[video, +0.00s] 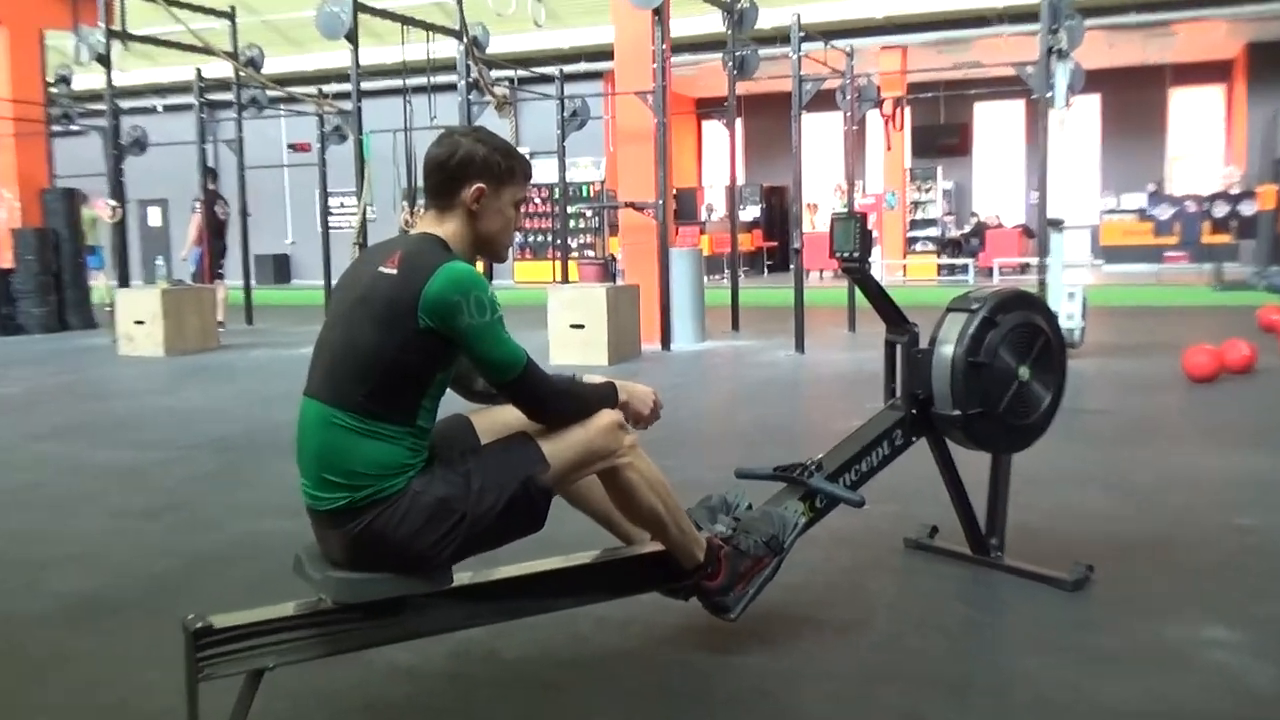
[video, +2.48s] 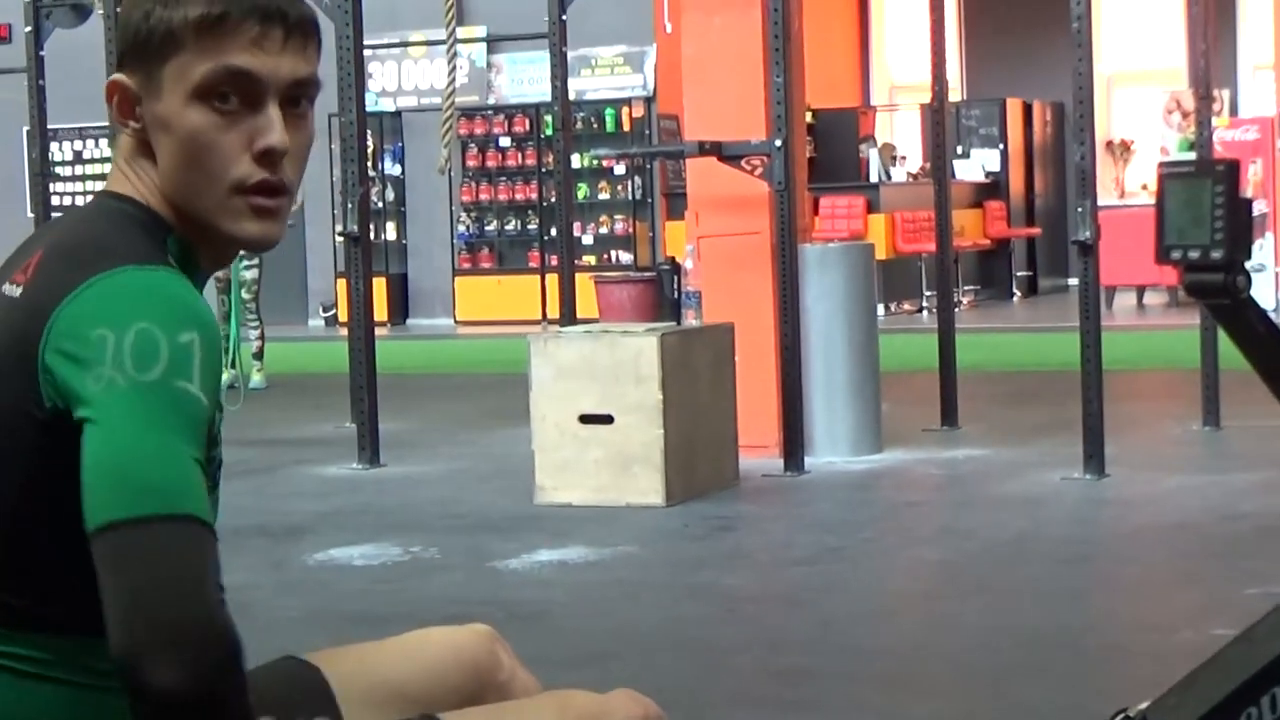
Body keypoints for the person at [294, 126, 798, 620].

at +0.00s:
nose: (523, 221)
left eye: (525, 205)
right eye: (518, 205)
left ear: (456, 198)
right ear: (475, 199)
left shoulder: (390, 258)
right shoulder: (452, 280)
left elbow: (475, 384)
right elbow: (545, 398)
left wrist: (592, 390)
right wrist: (618, 393)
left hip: (343, 497)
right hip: (384, 516)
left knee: (539, 415)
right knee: (609, 428)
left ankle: (652, 549)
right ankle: (705, 563)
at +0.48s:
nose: (431, 153)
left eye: (434, 129)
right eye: (425, 127)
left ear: (341, 121)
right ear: (359, 119)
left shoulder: (228, 225)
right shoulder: (335, 270)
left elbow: (375, 425)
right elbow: (459, 459)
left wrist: (550, 433)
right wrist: (583, 424)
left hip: (187, 598)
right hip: (249, 625)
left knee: (483, 469)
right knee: (571, 481)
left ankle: (671, 656)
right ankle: (739, 684)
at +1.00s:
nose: (333, 111)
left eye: (329, 75)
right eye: (316, 72)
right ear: (221, 69)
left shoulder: (40, 209)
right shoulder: (188, 294)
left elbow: (245, 518)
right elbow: (364, 579)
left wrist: (501, 515)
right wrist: (542, 530)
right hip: (84, 703)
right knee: (518, 612)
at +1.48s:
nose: (295, 87)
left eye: (287, 56)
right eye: (273, 53)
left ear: (172, 73)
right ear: (178, 69)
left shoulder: (43, 233)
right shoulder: (189, 291)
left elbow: (271, 540)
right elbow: (420, 580)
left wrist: (527, 543)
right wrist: (600, 548)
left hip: (48, 683)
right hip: (121, 709)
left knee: (390, 601)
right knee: (588, 636)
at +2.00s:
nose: (299, 112)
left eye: (300, 76)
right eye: (253, 73)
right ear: (131, 88)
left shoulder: (71, 246)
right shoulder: (164, 305)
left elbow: (161, 585)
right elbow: (345, 664)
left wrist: (374, 588)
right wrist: (515, 621)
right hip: (110, 711)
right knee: (585, 687)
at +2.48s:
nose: (278, 141)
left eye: (296, 102)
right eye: (230, 99)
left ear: (314, 111)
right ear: (130, 112)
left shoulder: (79, 259)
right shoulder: (144, 302)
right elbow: (174, 663)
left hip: (60, 687)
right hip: (105, 709)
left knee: (478, 656)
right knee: (626, 709)